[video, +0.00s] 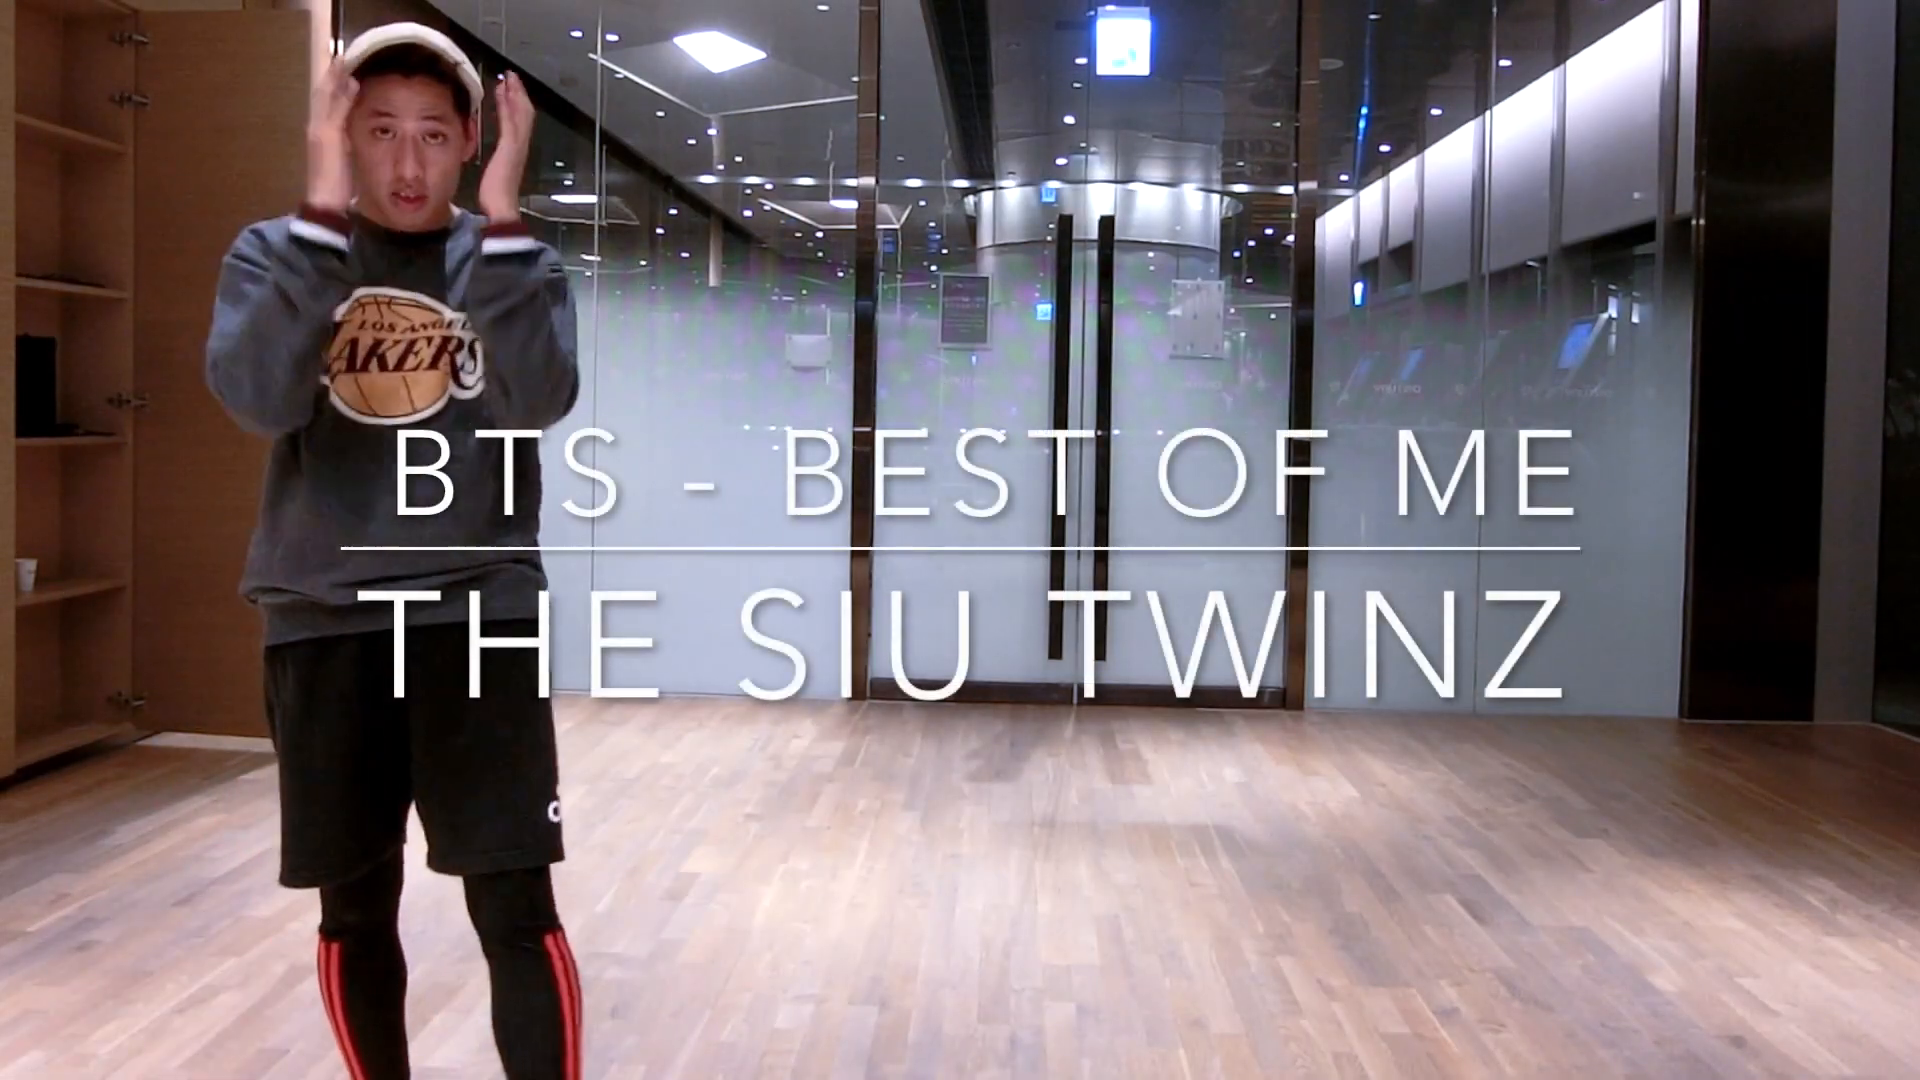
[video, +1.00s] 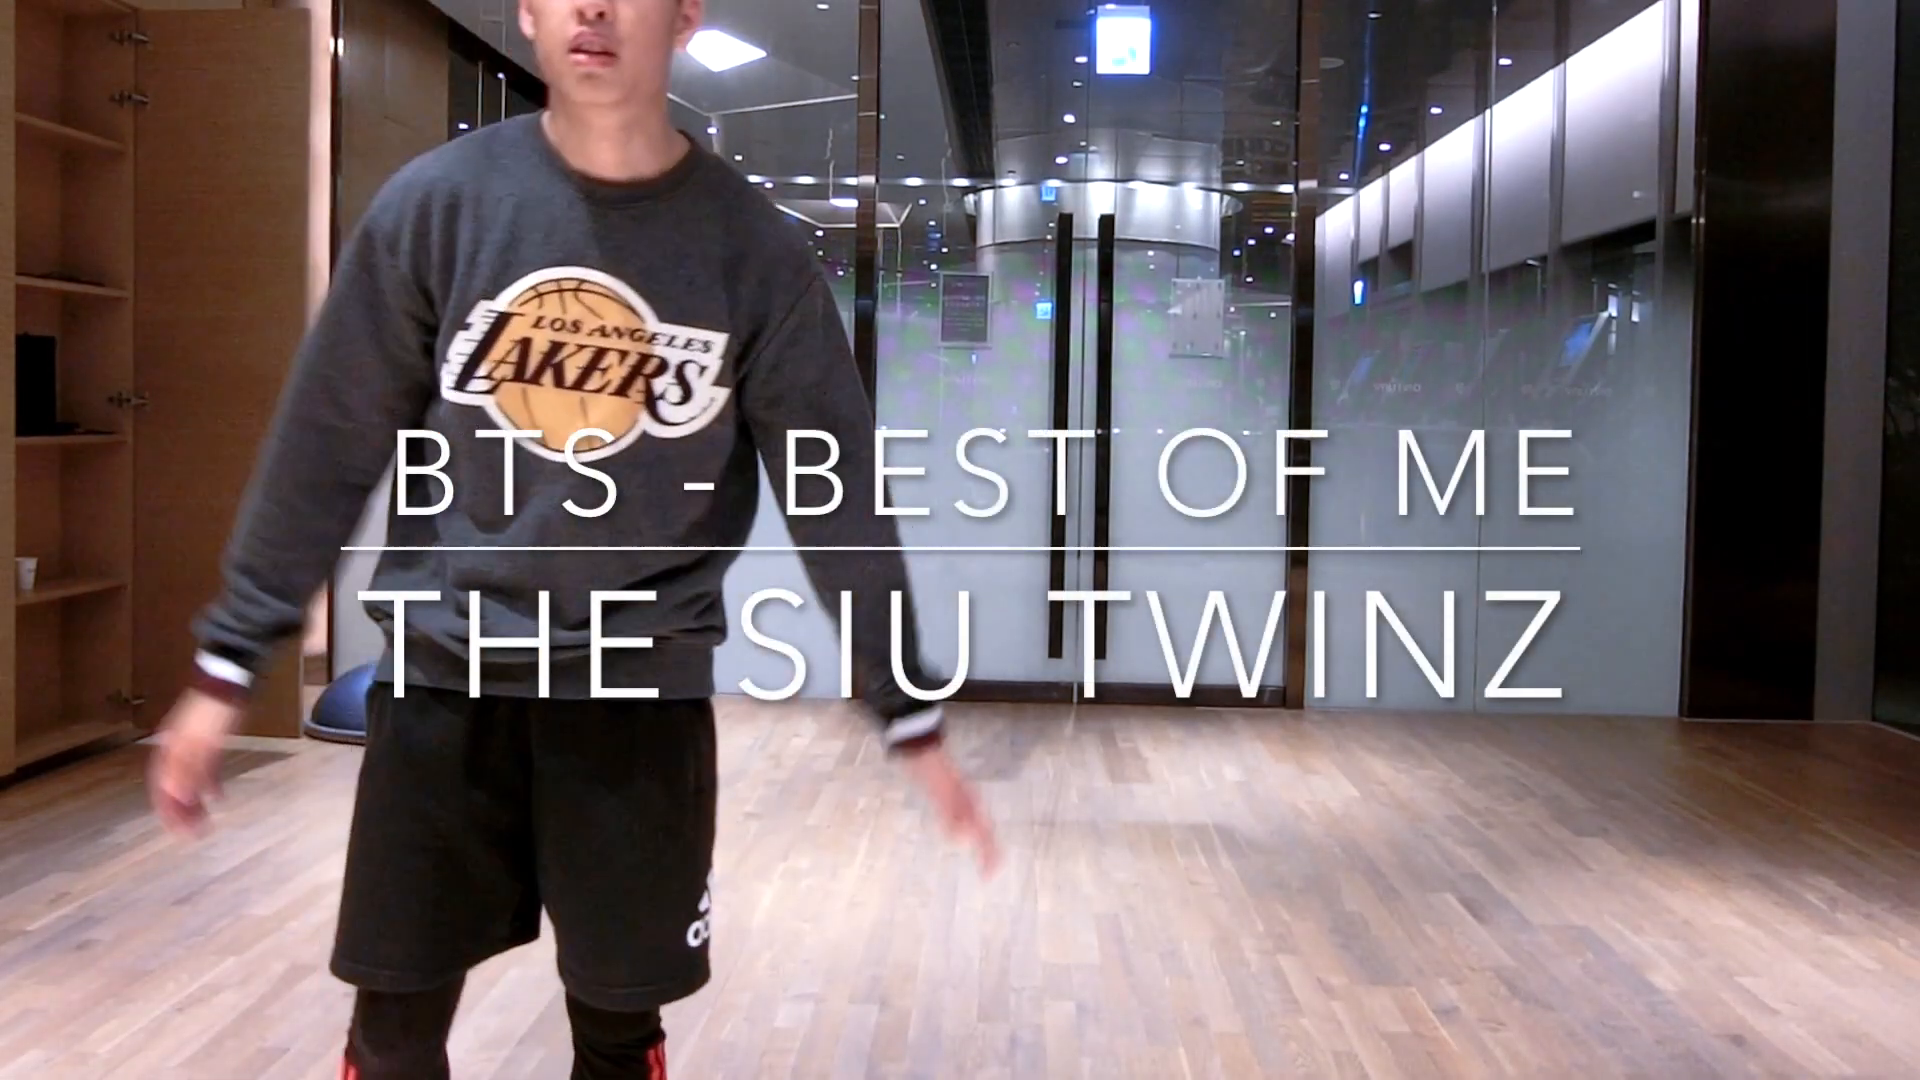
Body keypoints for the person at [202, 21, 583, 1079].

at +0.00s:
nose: (408, 156)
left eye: (433, 132)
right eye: (383, 130)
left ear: (469, 150)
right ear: (343, 144)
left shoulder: (518, 265)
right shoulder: (277, 254)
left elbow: (536, 399)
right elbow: (261, 399)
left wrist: (499, 219)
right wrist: (323, 213)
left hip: (485, 622)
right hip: (330, 624)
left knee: (515, 909)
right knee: (355, 910)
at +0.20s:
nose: (409, 119)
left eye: (435, 94)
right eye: (383, 92)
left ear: (476, 112)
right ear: (350, 108)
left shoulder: (532, 246)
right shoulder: (282, 225)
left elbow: (535, 400)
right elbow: (283, 397)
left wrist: (462, 342)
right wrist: (376, 336)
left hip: (487, 590)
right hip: (330, 604)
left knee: (535, 883)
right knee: (360, 906)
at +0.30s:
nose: (406, 97)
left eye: (433, 71)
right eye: (380, 70)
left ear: (480, 94)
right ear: (350, 91)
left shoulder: (545, 253)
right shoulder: (286, 229)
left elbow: (536, 414)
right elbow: (287, 381)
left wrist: (473, 511)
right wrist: (362, 491)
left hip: (494, 602)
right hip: (332, 613)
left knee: (533, 890)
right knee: (360, 904)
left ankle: (573, 1078)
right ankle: (382, 1078)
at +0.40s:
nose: (401, 85)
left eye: (430, 59)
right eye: (377, 58)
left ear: (485, 88)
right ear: (349, 83)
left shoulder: (555, 265)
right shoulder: (296, 251)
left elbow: (567, 477)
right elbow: (282, 465)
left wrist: (556, 672)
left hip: (497, 635)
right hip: (345, 639)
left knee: (528, 942)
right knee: (364, 929)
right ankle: (385, 1079)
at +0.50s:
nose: (406, 72)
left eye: (437, 44)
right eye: (383, 45)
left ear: (497, 76)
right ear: (356, 77)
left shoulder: (579, 268)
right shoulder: (306, 262)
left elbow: (623, 494)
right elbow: (254, 496)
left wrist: (674, 698)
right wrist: (206, 714)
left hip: (508, 674)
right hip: (343, 671)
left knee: (524, 979)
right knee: (368, 947)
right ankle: (385, 1079)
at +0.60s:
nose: (426, 42)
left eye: (459, 19)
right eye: (405, 20)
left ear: (526, 56)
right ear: (380, 51)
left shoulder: (613, 258)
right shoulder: (323, 247)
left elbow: (695, 463)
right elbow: (242, 458)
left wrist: (777, 620)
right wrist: (153, 630)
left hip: (535, 673)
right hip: (362, 668)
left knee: (555, 990)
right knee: (376, 958)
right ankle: (384, 1079)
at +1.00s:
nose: (591, 11)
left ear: (685, 17)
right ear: (526, 21)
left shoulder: (754, 243)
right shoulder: (431, 204)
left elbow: (833, 489)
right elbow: (323, 444)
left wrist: (909, 718)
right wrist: (221, 672)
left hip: (636, 692)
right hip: (441, 687)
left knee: (618, 1031)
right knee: (396, 1022)